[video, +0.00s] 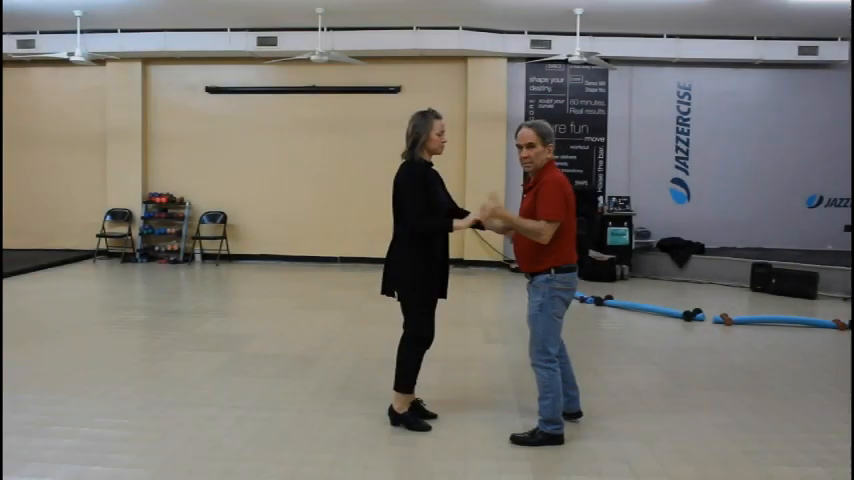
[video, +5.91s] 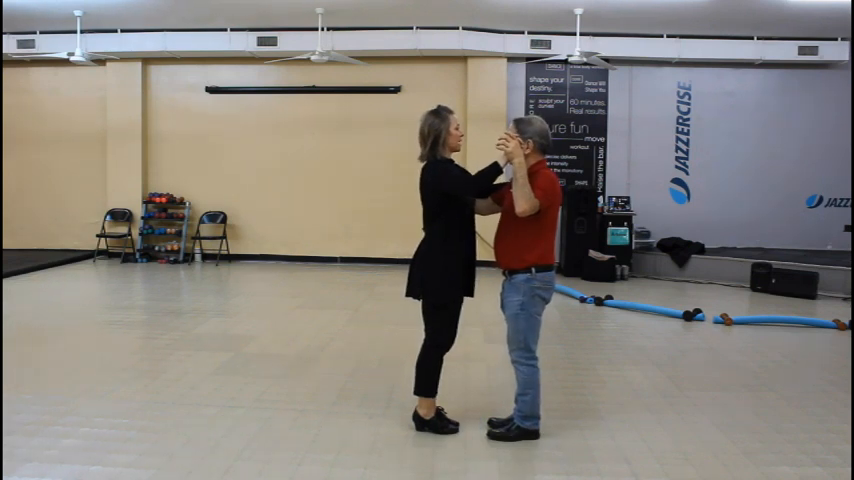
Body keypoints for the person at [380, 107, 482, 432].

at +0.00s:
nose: (444, 139)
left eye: (444, 134)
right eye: (440, 134)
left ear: (427, 137)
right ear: (423, 136)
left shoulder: (427, 172)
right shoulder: (411, 173)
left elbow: (450, 211)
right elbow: (420, 222)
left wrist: (483, 222)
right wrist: (459, 224)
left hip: (424, 270)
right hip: (411, 271)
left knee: (421, 333)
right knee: (417, 334)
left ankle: (407, 399)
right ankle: (399, 406)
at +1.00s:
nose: (435, 136)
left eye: (434, 131)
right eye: (430, 131)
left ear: (415, 136)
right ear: (414, 135)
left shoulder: (416, 170)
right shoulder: (406, 173)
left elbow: (460, 188)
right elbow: (431, 207)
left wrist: (505, 175)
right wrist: (456, 183)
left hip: (418, 269)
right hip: (420, 271)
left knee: (416, 332)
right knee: (433, 335)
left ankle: (403, 402)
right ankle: (416, 407)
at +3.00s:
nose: (443, 134)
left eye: (441, 128)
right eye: (438, 129)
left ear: (424, 133)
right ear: (423, 134)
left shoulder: (425, 168)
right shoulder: (420, 170)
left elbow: (442, 214)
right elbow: (451, 189)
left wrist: (473, 208)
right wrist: (476, 155)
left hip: (432, 267)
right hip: (427, 269)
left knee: (434, 337)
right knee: (433, 338)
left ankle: (426, 406)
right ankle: (424, 410)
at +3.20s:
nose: (444, 134)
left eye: (443, 128)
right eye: (439, 129)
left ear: (425, 133)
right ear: (423, 133)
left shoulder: (427, 168)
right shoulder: (421, 170)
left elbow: (443, 212)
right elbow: (450, 188)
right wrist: (475, 153)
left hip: (432, 268)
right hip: (426, 270)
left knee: (434, 338)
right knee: (431, 339)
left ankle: (425, 406)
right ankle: (424, 410)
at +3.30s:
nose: (446, 133)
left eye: (444, 128)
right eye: (440, 128)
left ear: (425, 133)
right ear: (425, 133)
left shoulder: (426, 167)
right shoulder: (423, 169)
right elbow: (455, 189)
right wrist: (480, 153)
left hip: (430, 267)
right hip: (427, 269)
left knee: (432, 338)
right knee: (431, 339)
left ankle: (426, 406)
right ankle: (424, 411)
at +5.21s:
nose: (461, 133)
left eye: (459, 127)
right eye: (456, 128)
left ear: (442, 132)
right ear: (441, 133)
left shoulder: (442, 168)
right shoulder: (439, 170)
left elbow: (474, 196)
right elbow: (473, 187)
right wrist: (502, 161)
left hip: (444, 267)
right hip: (440, 269)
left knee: (438, 339)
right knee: (436, 340)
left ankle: (427, 407)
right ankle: (424, 411)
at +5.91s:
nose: (461, 133)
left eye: (460, 128)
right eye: (456, 128)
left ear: (441, 133)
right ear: (441, 133)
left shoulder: (442, 167)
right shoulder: (440, 170)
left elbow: (472, 197)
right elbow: (472, 187)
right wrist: (501, 161)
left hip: (444, 267)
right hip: (441, 269)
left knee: (439, 339)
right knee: (437, 340)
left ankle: (427, 407)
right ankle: (424, 411)